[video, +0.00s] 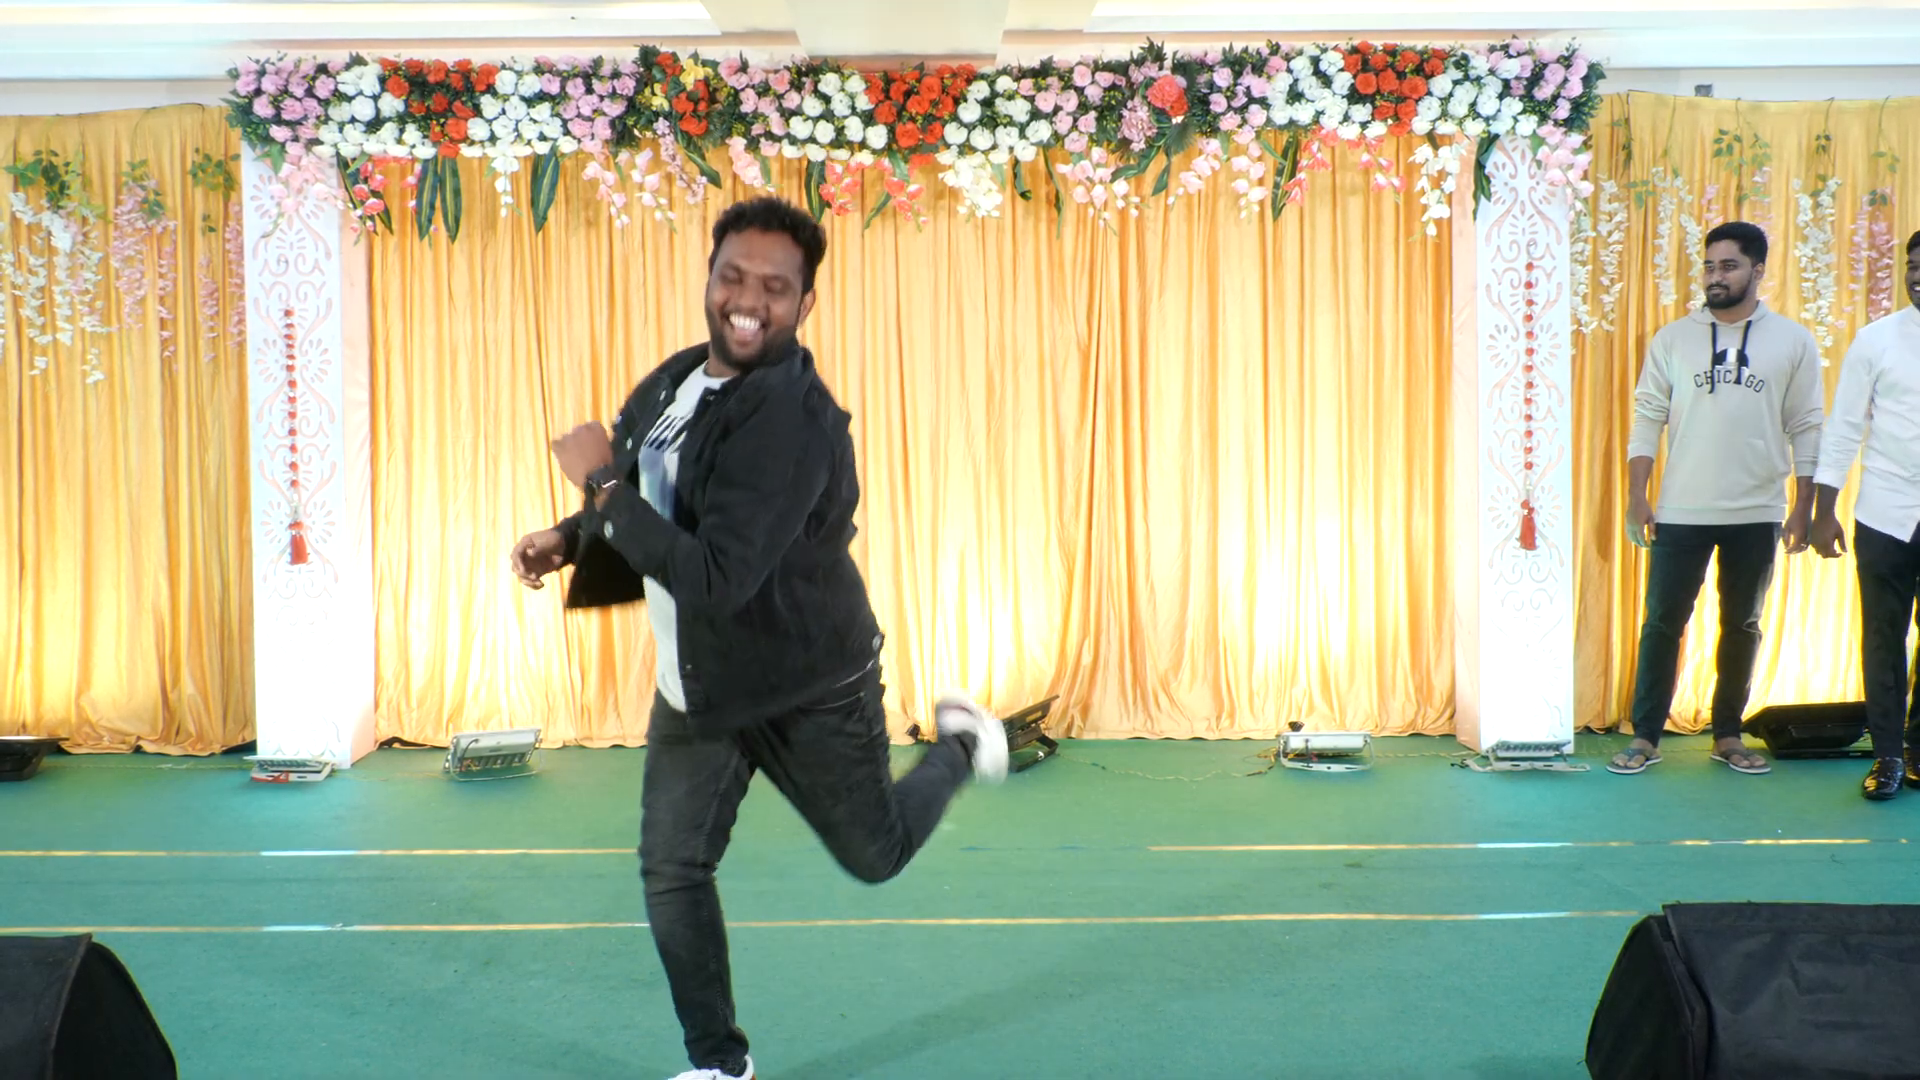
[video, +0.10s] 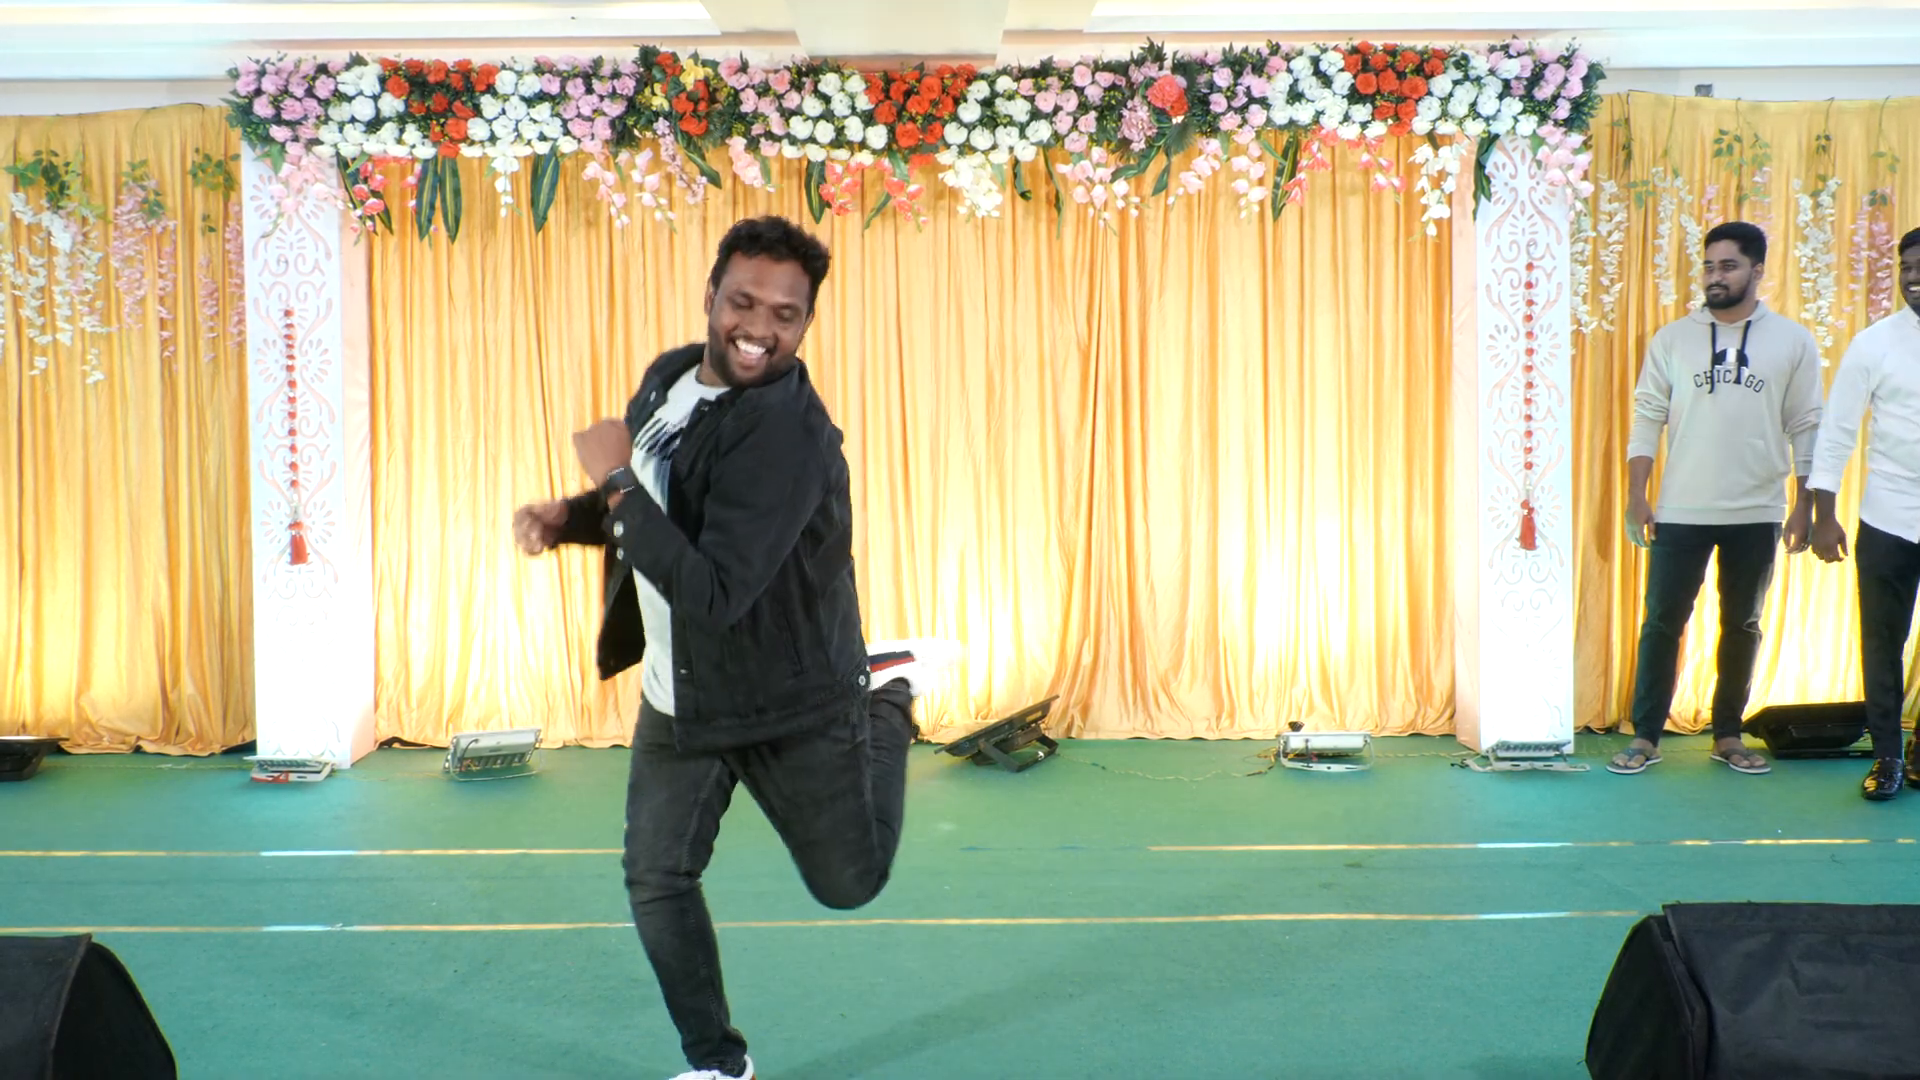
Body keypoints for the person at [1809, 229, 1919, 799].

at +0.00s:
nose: (1915, 276)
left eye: (1916, 267)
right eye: (1911, 266)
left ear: (1915, 274)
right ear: (1905, 273)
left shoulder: (1884, 340)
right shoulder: (1879, 340)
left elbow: (1842, 428)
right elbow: (1844, 427)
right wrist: (1824, 505)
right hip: (1889, 514)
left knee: (1906, 643)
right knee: (1885, 640)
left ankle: (1905, 751)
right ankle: (1889, 756)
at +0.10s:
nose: (1915, 279)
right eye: (1909, 269)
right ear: (1899, 275)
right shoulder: (1877, 343)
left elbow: (1837, 429)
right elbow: (1838, 428)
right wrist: (1823, 510)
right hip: (1892, 514)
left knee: (1909, 646)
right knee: (1883, 642)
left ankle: (1913, 752)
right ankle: (1887, 756)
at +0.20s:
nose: (1915, 280)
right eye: (1907, 270)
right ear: (1898, 277)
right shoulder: (1878, 347)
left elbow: (1838, 431)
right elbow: (1838, 430)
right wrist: (1824, 514)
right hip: (1896, 517)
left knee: (1900, 644)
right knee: (1884, 641)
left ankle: (1890, 750)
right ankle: (1887, 756)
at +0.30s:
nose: (1917, 280)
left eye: (1919, 269)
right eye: (1912, 270)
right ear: (1905, 275)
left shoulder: (1890, 347)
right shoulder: (1886, 346)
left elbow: (1853, 433)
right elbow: (1854, 431)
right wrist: (1830, 512)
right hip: (1901, 520)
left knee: (1902, 646)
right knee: (1891, 644)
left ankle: (1891, 753)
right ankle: (1889, 757)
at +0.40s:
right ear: (1912, 289)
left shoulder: (1897, 349)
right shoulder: (1896, 348)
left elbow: (1869, 433)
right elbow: (1870, 432)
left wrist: (1854, 503)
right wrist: (1851, 505)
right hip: (1905, 521)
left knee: (1899, 645)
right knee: (1895, 644)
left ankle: (1892, 756)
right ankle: (1889, 758)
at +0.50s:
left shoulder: (1909, 351)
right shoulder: (1911, 349)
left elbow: (1891, 423)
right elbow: (1891, 422)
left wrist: (1877, 495)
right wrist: (1876, 496)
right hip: (1914, 523)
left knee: (1905, 643)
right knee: (1903, 642)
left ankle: (1893, 759)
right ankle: (1891, 758)